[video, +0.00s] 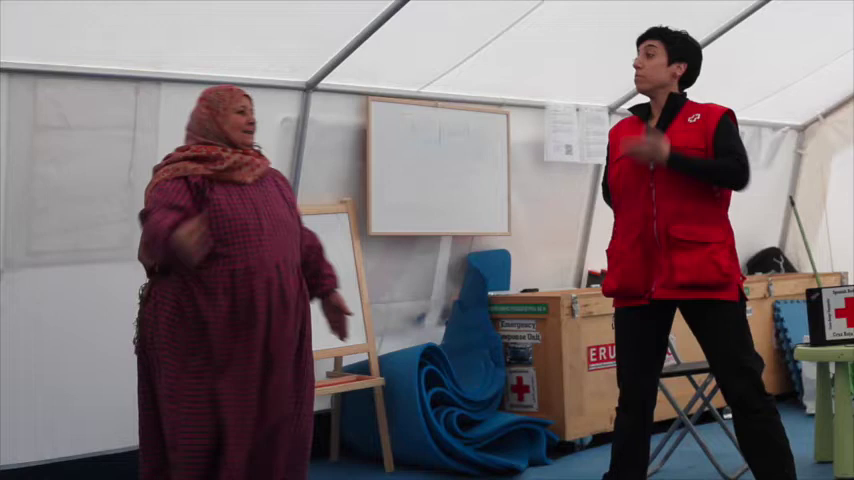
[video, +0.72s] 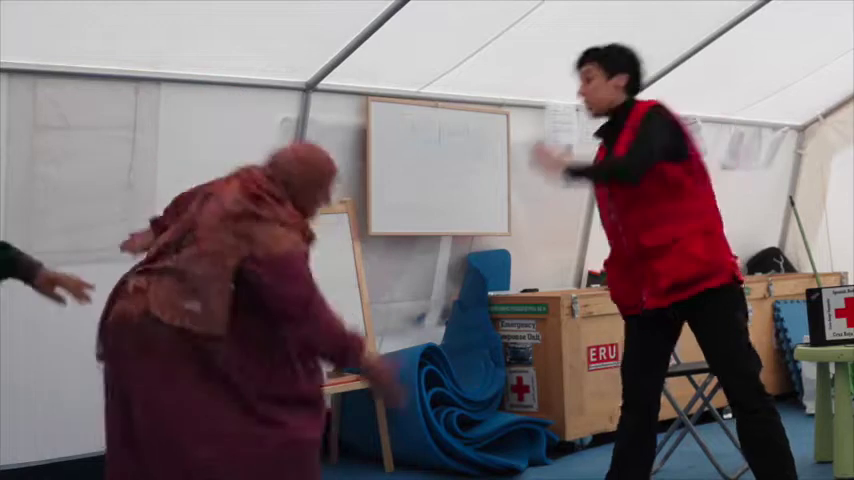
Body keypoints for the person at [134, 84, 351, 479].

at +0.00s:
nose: (252, 119)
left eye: (252, 113)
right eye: (241, 112)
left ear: (254, 121)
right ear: (210, 119)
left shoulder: (271, 178)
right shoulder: (180, 175)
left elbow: (300, 239)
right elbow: (157, 227)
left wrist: (327, 291)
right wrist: (178, 241)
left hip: (274, 332)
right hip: (201, 334)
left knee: (277, 439)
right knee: (201, 438)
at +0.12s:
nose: (245, 118)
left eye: (244, 112)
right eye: (234, 111)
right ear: (204, 119)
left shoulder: (259, 174)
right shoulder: (175, 173)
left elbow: (288, 239)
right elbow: (176, 218)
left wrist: (308, 290)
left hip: (268, 325)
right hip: (199, 330)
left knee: (275, 431)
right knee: (206, 434)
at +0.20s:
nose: (243, 118)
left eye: (240, 111)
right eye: (232, 110)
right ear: (203, 118)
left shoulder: (246, 166)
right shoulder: (178, 168)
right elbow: (183, 208)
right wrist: (245, 189)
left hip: (260, 327)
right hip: (204, 335)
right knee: (213, 436)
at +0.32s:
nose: (249, 120)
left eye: (246, 112)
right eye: (240, 112)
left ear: (210, 120)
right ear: (213, 118)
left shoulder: (230, 163)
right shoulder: (190, 168)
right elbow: (221, 196)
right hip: (212, 337)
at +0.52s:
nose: (281, 137)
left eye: (279, 128)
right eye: (274, 128)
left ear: (233, 132)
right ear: (249, 133)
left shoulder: (208, 173)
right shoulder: (234, 184)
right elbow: (286, 235)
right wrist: (354, 249)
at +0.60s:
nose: (299, 159)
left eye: (299, 151)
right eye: (296, 150)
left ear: (243, 141)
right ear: (274, 150)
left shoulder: (206, 184)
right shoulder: (251, 196)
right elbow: (290, 259)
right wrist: (364, 292)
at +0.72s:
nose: (325, 201)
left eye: (327, 191)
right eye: (323, 191)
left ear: (276, 169)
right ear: (307, 191)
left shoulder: (221, 191)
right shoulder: (276, 233)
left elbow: (165, 224)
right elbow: (305, 314)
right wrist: (361, 357)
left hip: (132, 321)